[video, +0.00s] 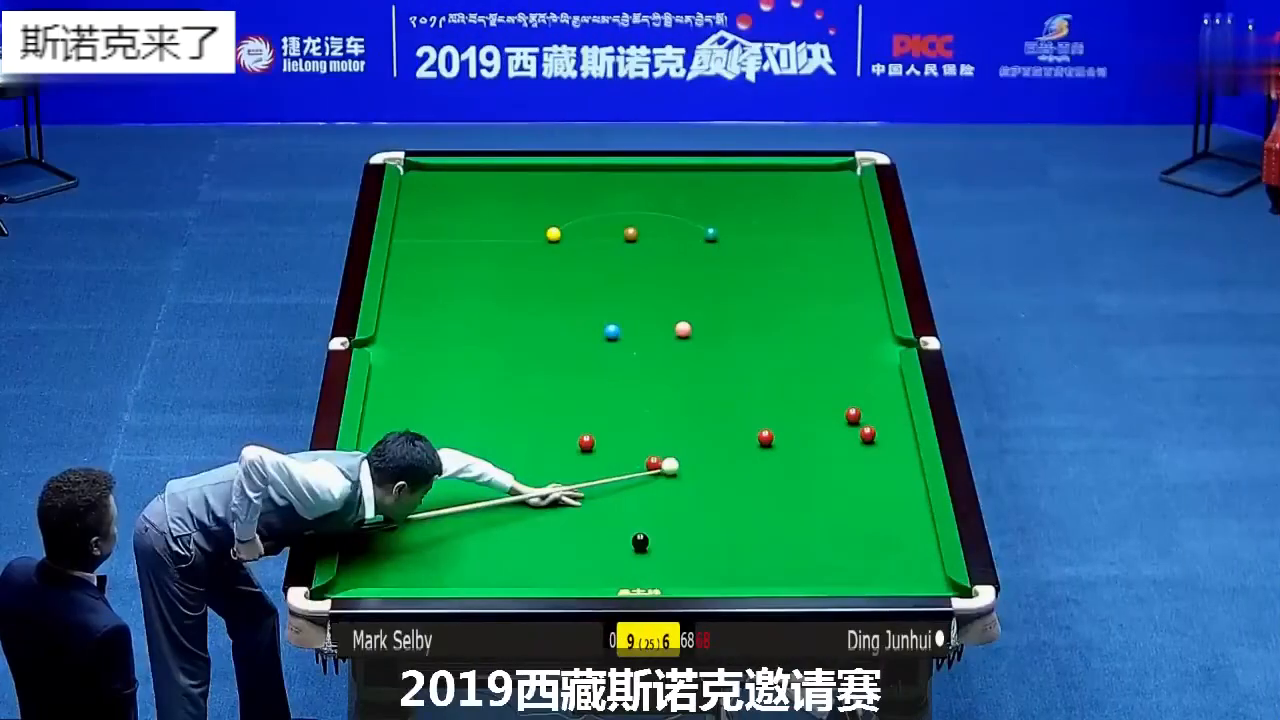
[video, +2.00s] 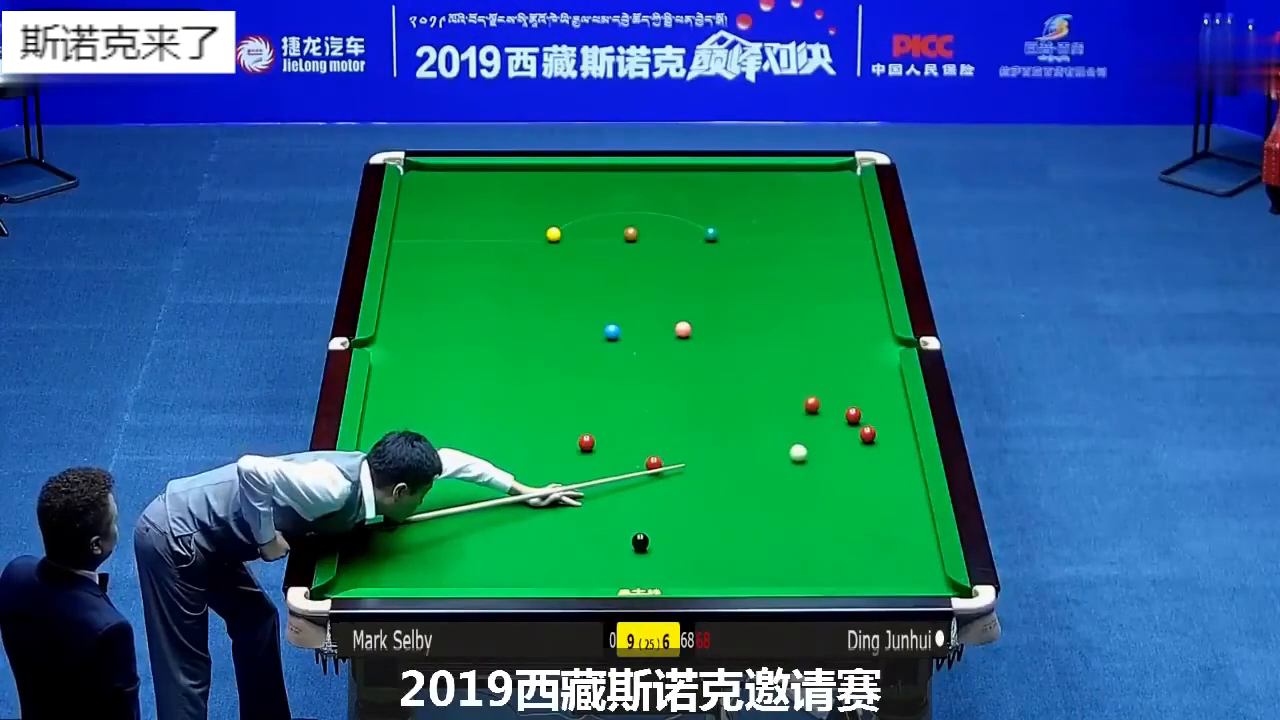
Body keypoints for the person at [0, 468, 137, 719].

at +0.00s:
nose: (116, 528)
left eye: (113, 521)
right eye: (113, 523)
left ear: (50, 531)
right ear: (96, 545)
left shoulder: (15, 576)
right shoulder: (108, 632)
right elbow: (125, 711)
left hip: (30, 711)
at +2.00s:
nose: (117, 526)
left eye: (114, 519)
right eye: (113, 522)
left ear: (51, 530)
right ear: (97, 545)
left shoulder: (16, 575)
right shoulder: (109, 630)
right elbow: (127, 709)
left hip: (30, 711)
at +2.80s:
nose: (136, 533)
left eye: (133, 528)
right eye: (132, 531)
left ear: (70, 539)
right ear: (115, 556)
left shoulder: (39, 580)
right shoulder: (119, 644)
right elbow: (141, 713)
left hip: (45, 711)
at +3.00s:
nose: (160, 537)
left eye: (156, 533)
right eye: (157, 536)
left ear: (96, 543)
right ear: (139, 562)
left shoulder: (70, 580)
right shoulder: (134, 653)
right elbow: (152, 713)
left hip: (72, 711)